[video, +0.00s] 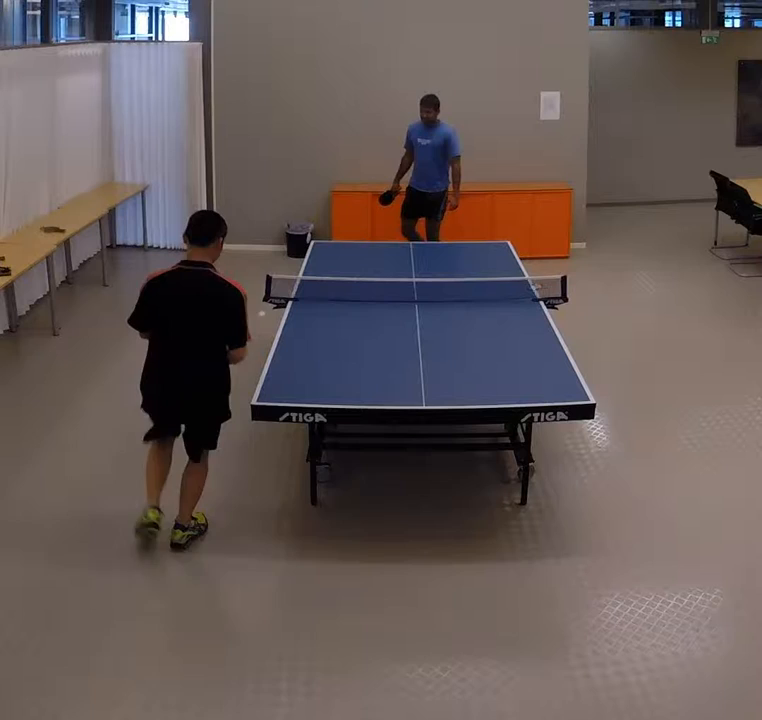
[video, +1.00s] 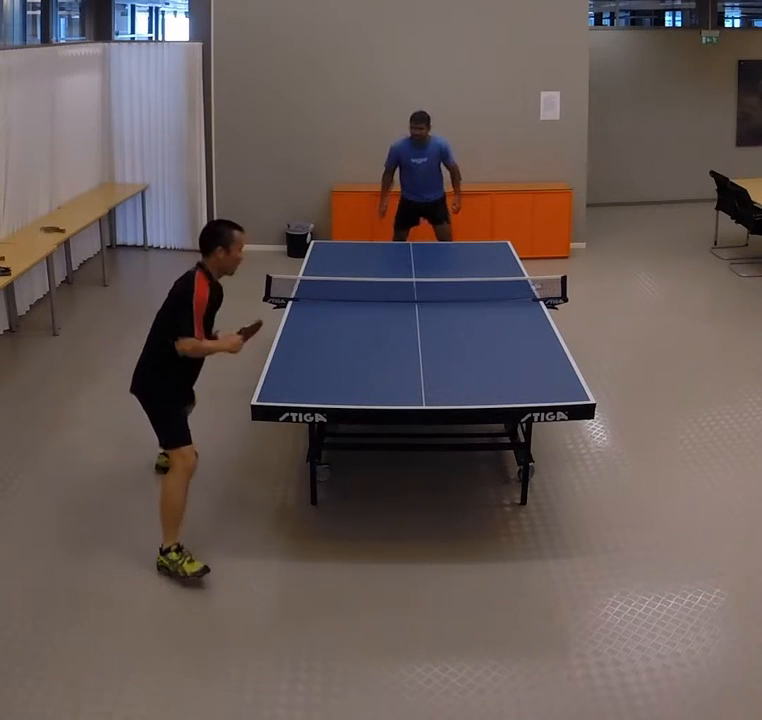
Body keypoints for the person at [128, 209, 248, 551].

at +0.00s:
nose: (222, 246)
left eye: (219, 241)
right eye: (223, 241)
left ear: (185, 241)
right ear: (219, 244)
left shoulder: (157, 282)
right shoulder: (230, 294)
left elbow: (143, 330)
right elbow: (237, 353)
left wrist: (171, 335)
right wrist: (208, 350)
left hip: (161, 384)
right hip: (206, 389)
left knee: (162, 436)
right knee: (198, 454)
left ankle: (152, 507)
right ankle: (183, 525)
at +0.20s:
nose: (217, 245)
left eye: (216, 240)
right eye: (218, 241)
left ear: (183, 238)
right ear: (213, 240)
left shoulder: (162, 272)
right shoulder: (213, 280)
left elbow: (141, 310)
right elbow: (218, 336)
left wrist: (173, 312)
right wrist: (227, 345)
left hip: (156, 367)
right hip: (192, 373)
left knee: (162, 413)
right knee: (199, 448)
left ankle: (162, 456)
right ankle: (182, 518)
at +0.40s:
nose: (221, 260)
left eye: (221, 255)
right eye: (221, 255)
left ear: (191, 250)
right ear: (216, 254)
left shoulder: (174, 277)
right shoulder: (207, 283)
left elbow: (171, 323)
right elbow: (200, 325)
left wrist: (212, 347)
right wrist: (218, 353)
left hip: (142, 364)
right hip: (170, 371)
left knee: (170, 408)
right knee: (201, 432)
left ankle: (167, 453)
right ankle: (172, 497)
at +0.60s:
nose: (228, 269)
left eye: (228, 264)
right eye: (229, 264)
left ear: (201, 259)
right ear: (224, 262)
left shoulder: (185, 278)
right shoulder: (213, 283)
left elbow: (167, 327)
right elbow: (197, 315)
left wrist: (193, 361)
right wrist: (208, 352)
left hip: (137, 354)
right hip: (159, 361)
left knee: (169, 409)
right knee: (193, 433)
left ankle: (167, 454)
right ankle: (159, 505)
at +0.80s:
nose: (240, 263)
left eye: (241, 257)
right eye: (239, 257)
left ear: (213, 253)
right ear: (227, 256)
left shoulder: (195, 273)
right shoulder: (211, 281)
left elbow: (178, 314)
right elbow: (192, 319)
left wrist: (205, 325)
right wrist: (209, 348)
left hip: (144, 355)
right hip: (156, 363)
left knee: (174, 402)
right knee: (182, 444)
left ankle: (172, 451)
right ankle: (163, 524)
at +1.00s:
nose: (242, 258)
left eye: (242, 251)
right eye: (239, 251)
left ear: (219, 252)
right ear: (219, 252)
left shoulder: (211, 285)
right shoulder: (194, 288)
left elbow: (200, 336)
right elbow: (183, 345)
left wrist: (233, 337)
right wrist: (222, 345)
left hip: (175, 378)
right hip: (156, 385)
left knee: (184, 408)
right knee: (184, 460)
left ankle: (165, 456)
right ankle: (169, 550)